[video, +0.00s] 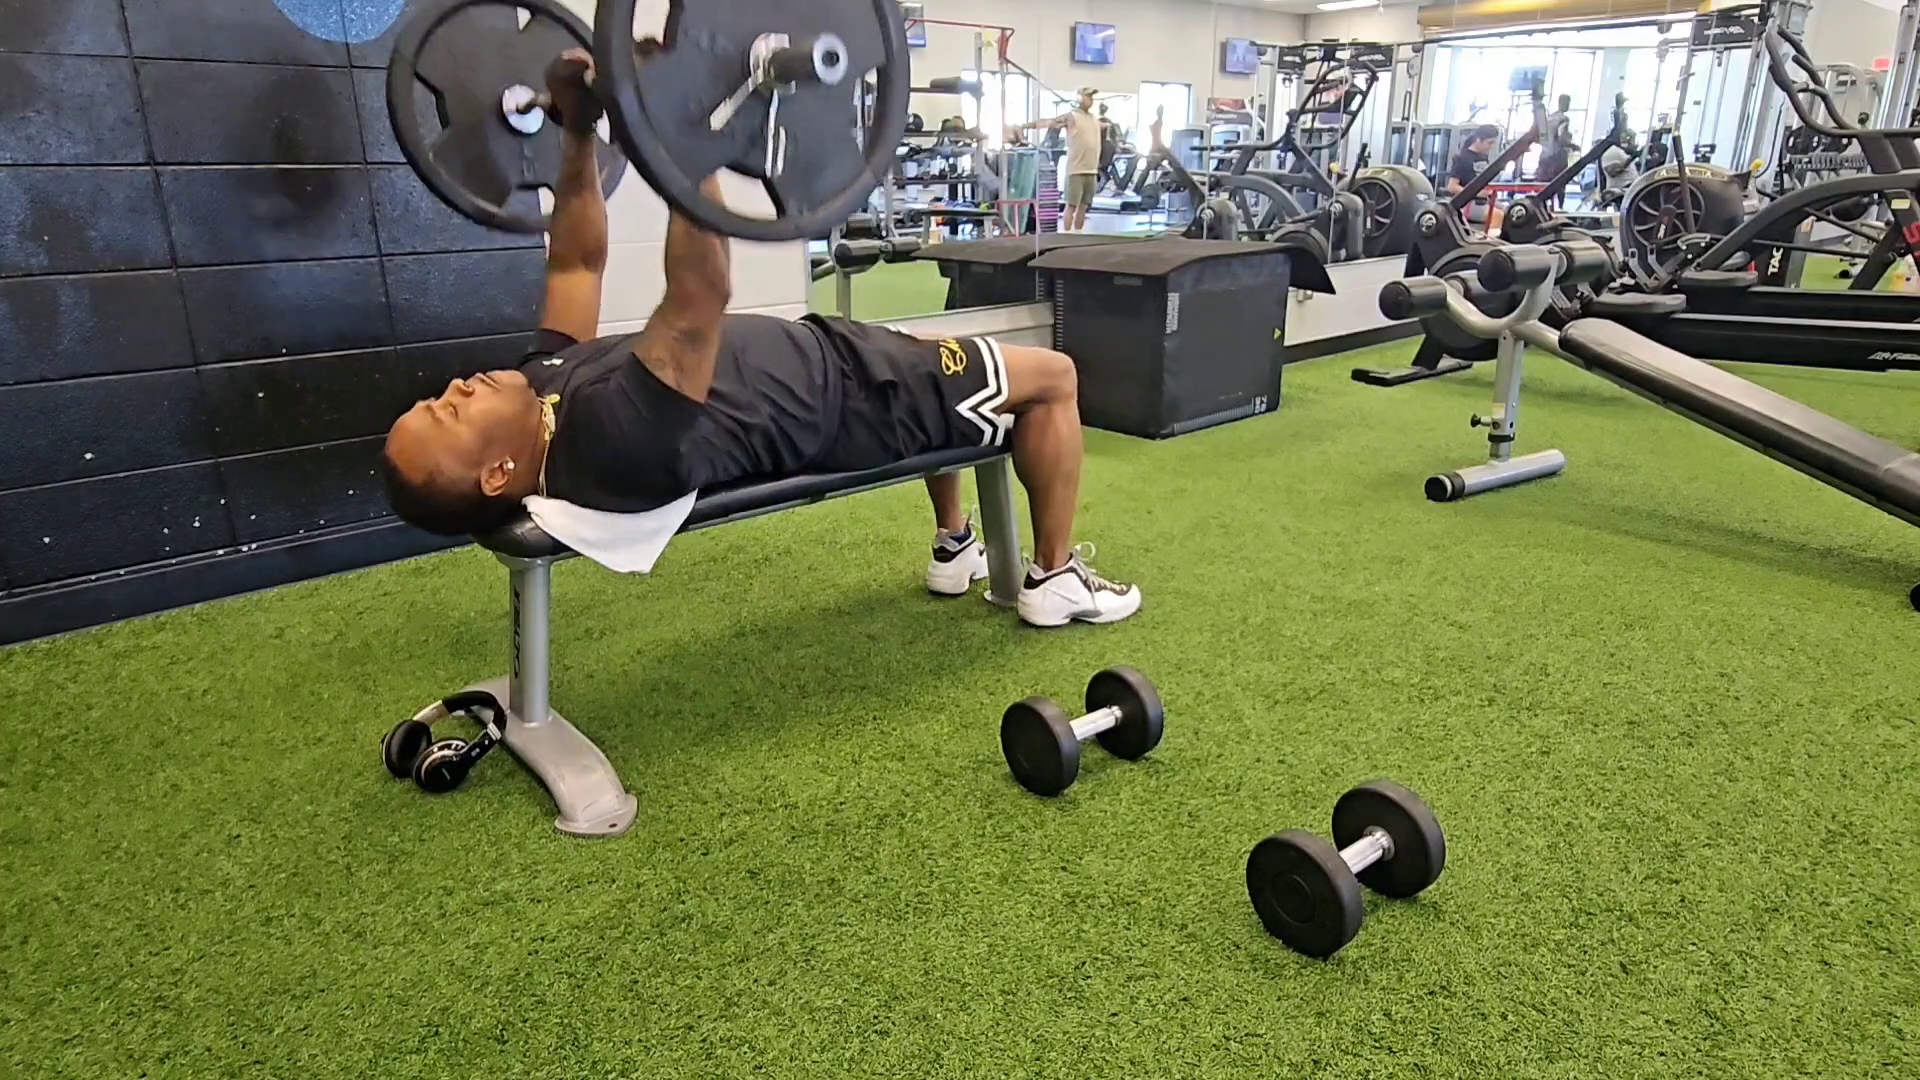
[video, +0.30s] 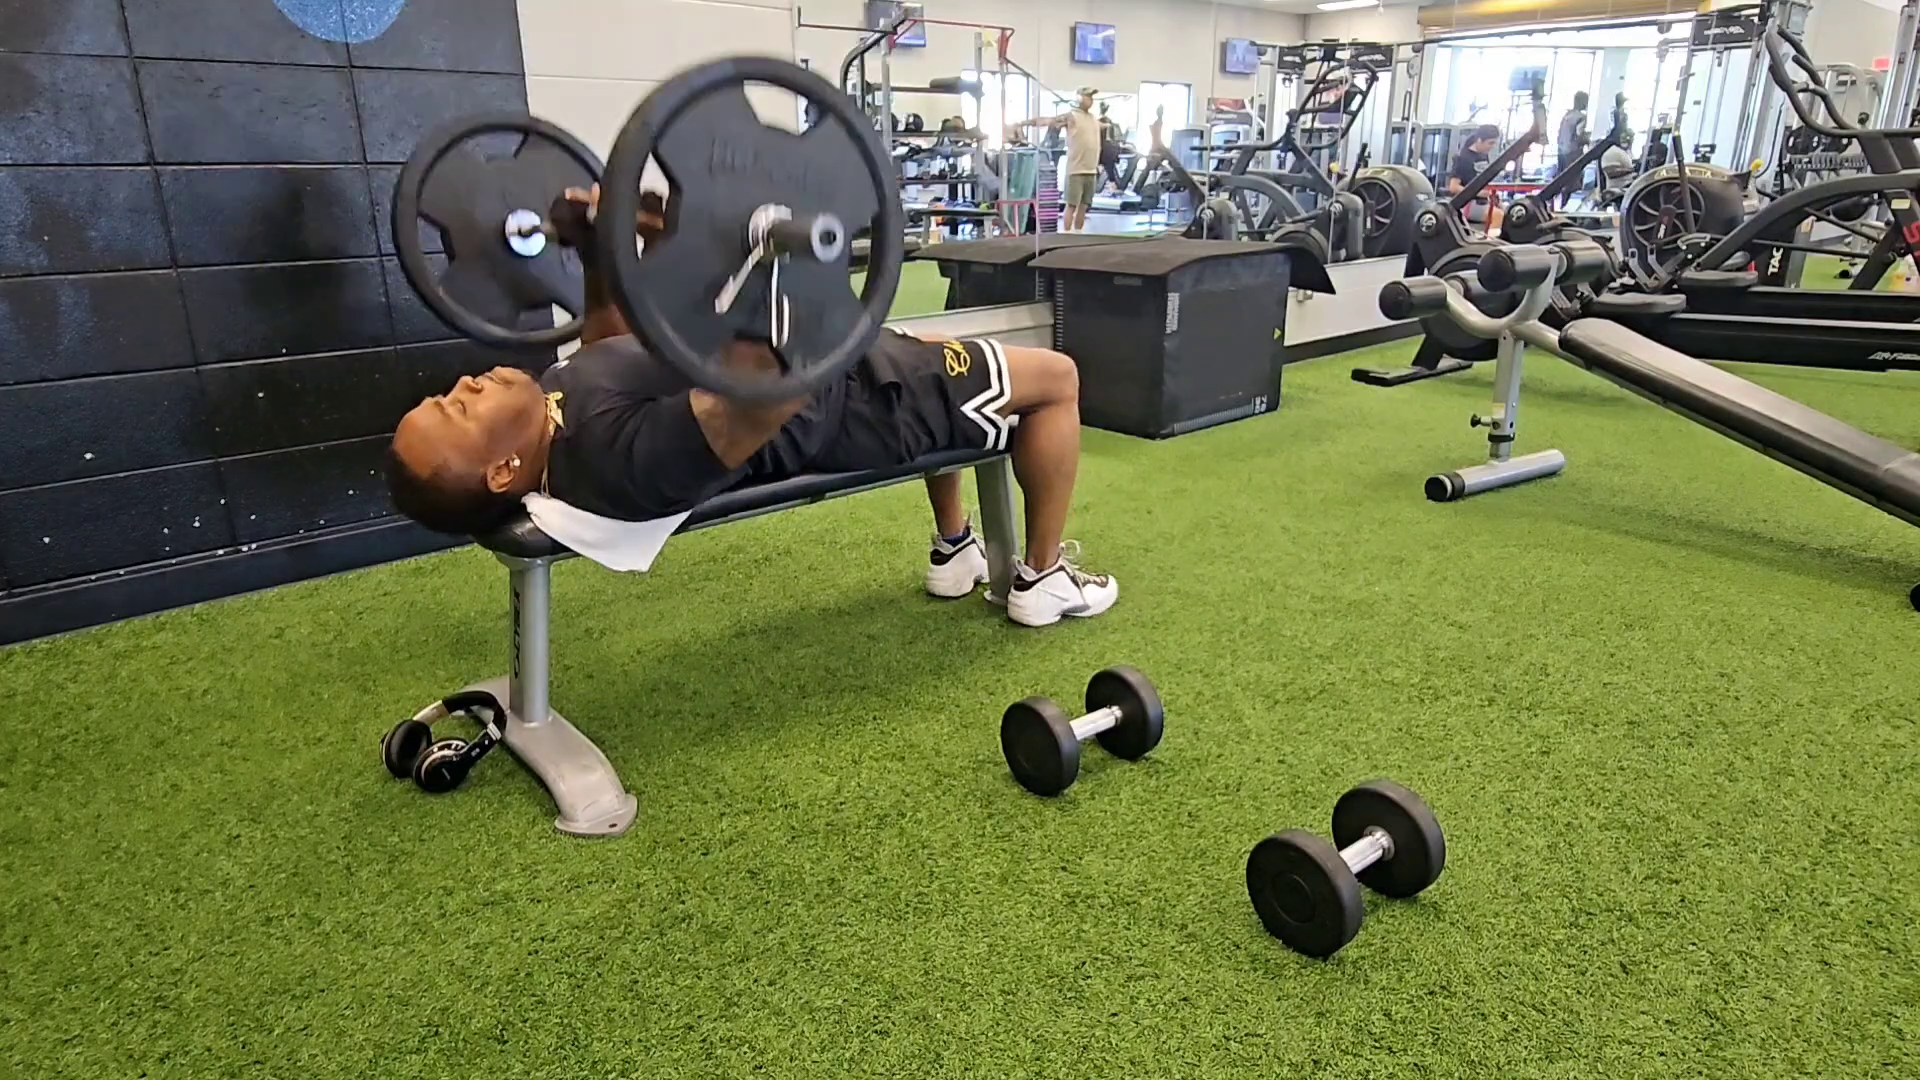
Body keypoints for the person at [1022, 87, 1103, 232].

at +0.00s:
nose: (1091, 100)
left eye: (1092, 97)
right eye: (1088, 97)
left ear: (1091, 100)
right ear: (1080, 98)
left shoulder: (1094, 119)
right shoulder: (1071, 116)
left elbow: (1101, 125)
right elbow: (1049, 123)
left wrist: (1108, 124)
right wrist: (1025, 126)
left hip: (1091, 168)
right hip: (1076, 168)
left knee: (1084, 206)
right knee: (1072, 205)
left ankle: (1078, 234)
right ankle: (1067, 234)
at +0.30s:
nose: (1091, 100)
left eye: (1092, 97)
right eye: (1088, 97)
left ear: (1090, 100)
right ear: (1080, 98)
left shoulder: (1093, 119)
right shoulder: (1071, 116)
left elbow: (1099, 126)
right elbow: (1049, 121)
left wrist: (1107, 125)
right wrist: (1024, 123)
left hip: (1091, 169)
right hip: (1075, 168)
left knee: (1084, 206)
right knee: (1072, 205)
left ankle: (1078, 235)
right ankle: (1067, 235)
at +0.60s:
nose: (1091, 100)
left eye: (1091, 97)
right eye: (1088, 97)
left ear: (1090, 100)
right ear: (1080, 98)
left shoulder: (1094, 120)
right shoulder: (1071, 116)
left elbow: (1104, 125)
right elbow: (1048, 121)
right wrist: (1022, 123)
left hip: (1091, 169)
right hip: (1075, 169)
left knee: (1084, 207)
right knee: (1072, 205)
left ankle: (1078, 235)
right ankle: (1067, 235)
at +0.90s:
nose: (1091, 100)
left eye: (1092, 98)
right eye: (1088, 97)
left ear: (1091, 100)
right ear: (1081, 98)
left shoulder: (1093, 119)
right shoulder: (1071, 116)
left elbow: (1102, 126)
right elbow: (1048, 122)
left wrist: (1107, 125)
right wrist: (1023, 125)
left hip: (1091, 169)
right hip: (1075, 168)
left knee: (1083, 206)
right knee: (1072, 205)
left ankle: (1078, 235)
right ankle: (1067, 235)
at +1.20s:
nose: (1091, 100)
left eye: (1092, 97)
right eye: (1089, 96)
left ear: (1093, 100)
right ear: (1081, 97)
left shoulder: (1094, 119)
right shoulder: (1072, 116)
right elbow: (1049, 122)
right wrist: (1024, 125)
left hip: (1091, 168)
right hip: (1075, 168)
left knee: (1084, 206)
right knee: (1072, 205)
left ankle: (1078, 235)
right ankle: (1067, 235)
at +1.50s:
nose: (1092, 100)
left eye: (1093, 97)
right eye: (1090, 96)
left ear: (1092, 100)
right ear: (1081, 98)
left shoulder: (1096, 120)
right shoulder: (1072, 116)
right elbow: (1048, 122)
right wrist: (1023, 125)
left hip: (1091, 169)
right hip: (1076, 169)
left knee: (1084, 207)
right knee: (1072, 206)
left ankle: (1078, 235)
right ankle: (1067, 235)